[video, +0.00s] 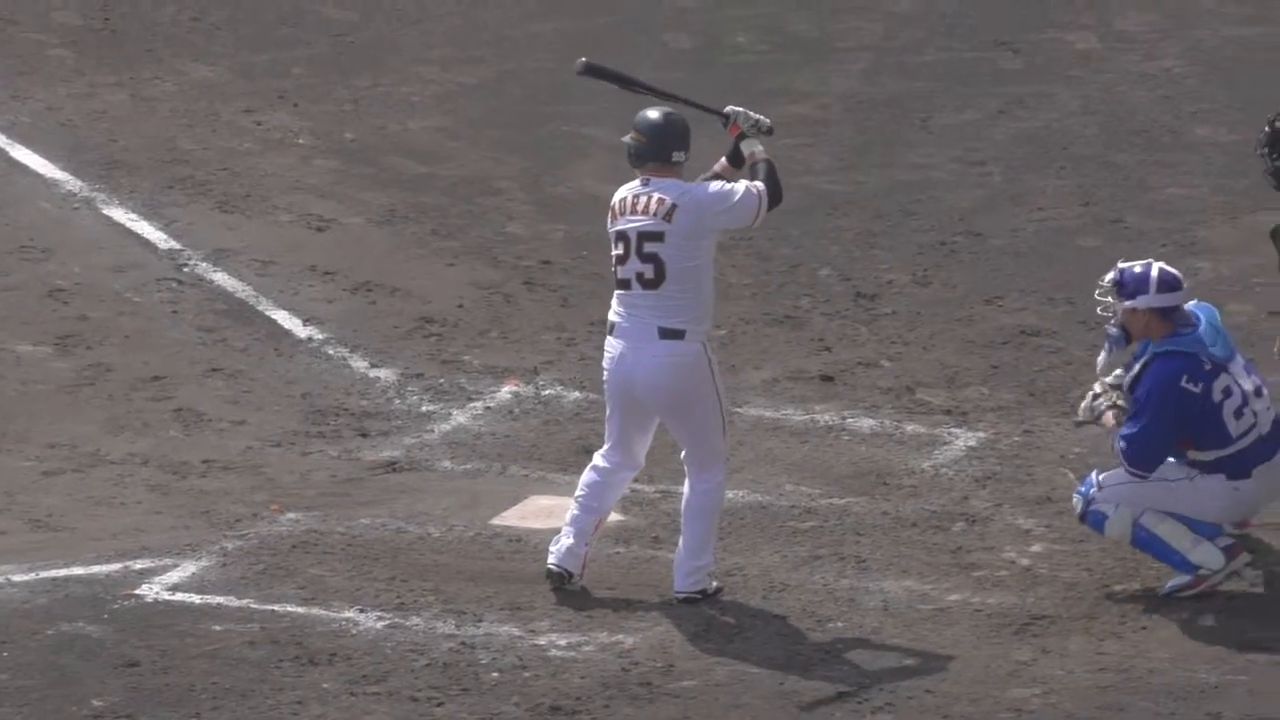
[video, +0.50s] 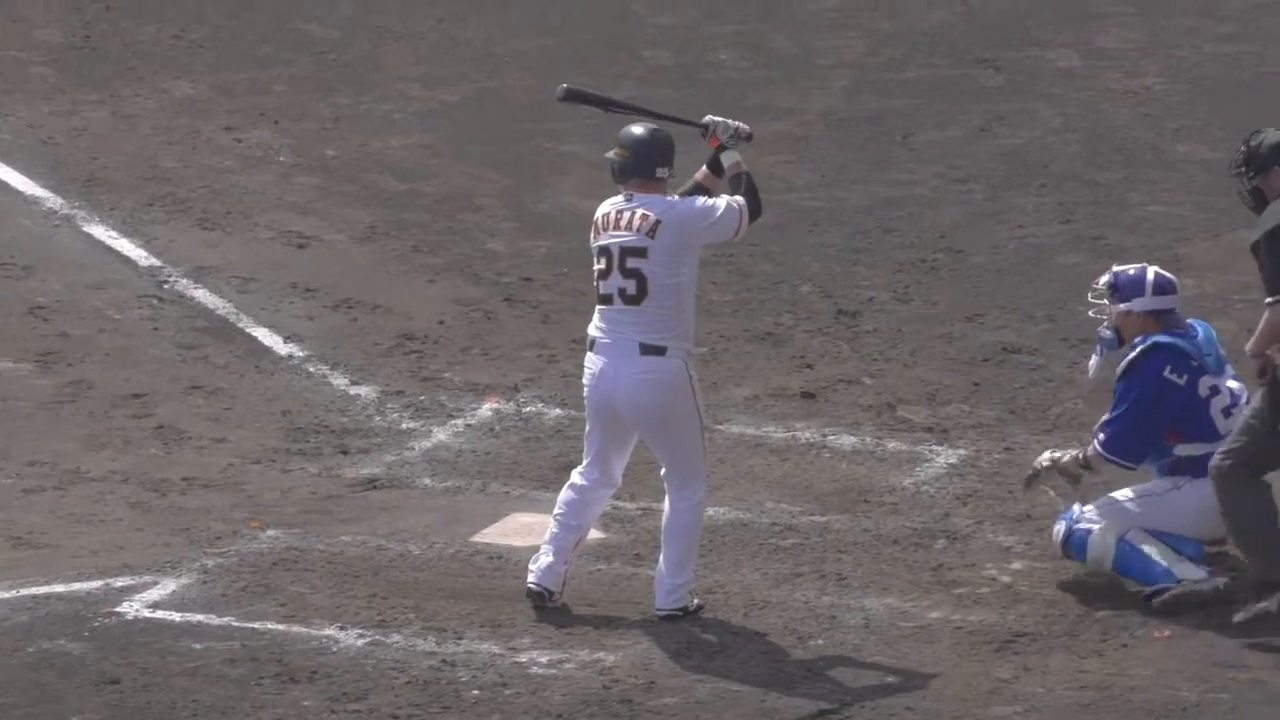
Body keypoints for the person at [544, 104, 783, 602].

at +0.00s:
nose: (631, 154)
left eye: (633, 148)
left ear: (637, 152)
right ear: (683, 152)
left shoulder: (621, 201)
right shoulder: (701, 200)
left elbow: (701, 188)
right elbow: (769, 193)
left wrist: (737, 145)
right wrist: (757, 148)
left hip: (619, 351)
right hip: (680, 357)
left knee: (617, 454)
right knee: (705, 465)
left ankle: (565, 554)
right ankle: (692, 579)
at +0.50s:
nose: (614, 172)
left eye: (617, 166)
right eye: (666, 166)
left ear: (620, 170)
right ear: (667, 168)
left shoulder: (604, 215)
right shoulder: (683, 215)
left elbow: (681, 202)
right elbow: (749, 208)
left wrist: (718, 155)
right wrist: (734, 161)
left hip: (600, 365)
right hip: (660, 371)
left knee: (595, 472)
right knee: (685, 482)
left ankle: (544, 574)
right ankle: (673, 596)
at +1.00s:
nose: (607, 176)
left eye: (611, 171)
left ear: (615, 175)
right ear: (662, 177)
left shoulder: (598, 221)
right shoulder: (677, 224)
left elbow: (676, 212)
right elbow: (742, 221)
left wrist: (713, 167)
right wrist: (730, 172)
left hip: (591, 373)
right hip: (652, 380)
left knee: (588, 480)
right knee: (679, 488)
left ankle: (539, 583)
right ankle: (668, 604)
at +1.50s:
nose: (604, 176)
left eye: (608, 169)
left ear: (611, 173)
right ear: (656, 174)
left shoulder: (595, 221)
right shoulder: (675, 222)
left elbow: (675, 213)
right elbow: (741, 221)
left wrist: (712, 169)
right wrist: (732, 175)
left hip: (592, 372)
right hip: (653, 378)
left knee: (589, 475)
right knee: (679, 485)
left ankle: (537, 576)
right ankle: (665, 598)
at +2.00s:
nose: (606, 175)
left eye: (610, 168)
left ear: (612, 173)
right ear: (659, 173)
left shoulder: (595, 220)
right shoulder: (675, 221)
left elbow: (670, 214)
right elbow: (740, 221)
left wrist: (711, 173)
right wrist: (731, 175)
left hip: (589, 372)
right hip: (650, 378)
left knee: (585, 476)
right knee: (675, 486)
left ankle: (534, 576)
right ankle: (661, 599)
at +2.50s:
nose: (599, 179)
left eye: (603, 173)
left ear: (605, 179)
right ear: (653, 181)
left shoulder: (587, 225)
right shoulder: (665, 229)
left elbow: (662, 220)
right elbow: (731, 226)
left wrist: (704, 176)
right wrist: (720, 178)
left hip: (574, 377)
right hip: (636, 383)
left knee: (573, 481)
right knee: (666, 491)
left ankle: (525, 583)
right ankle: (654, 604)